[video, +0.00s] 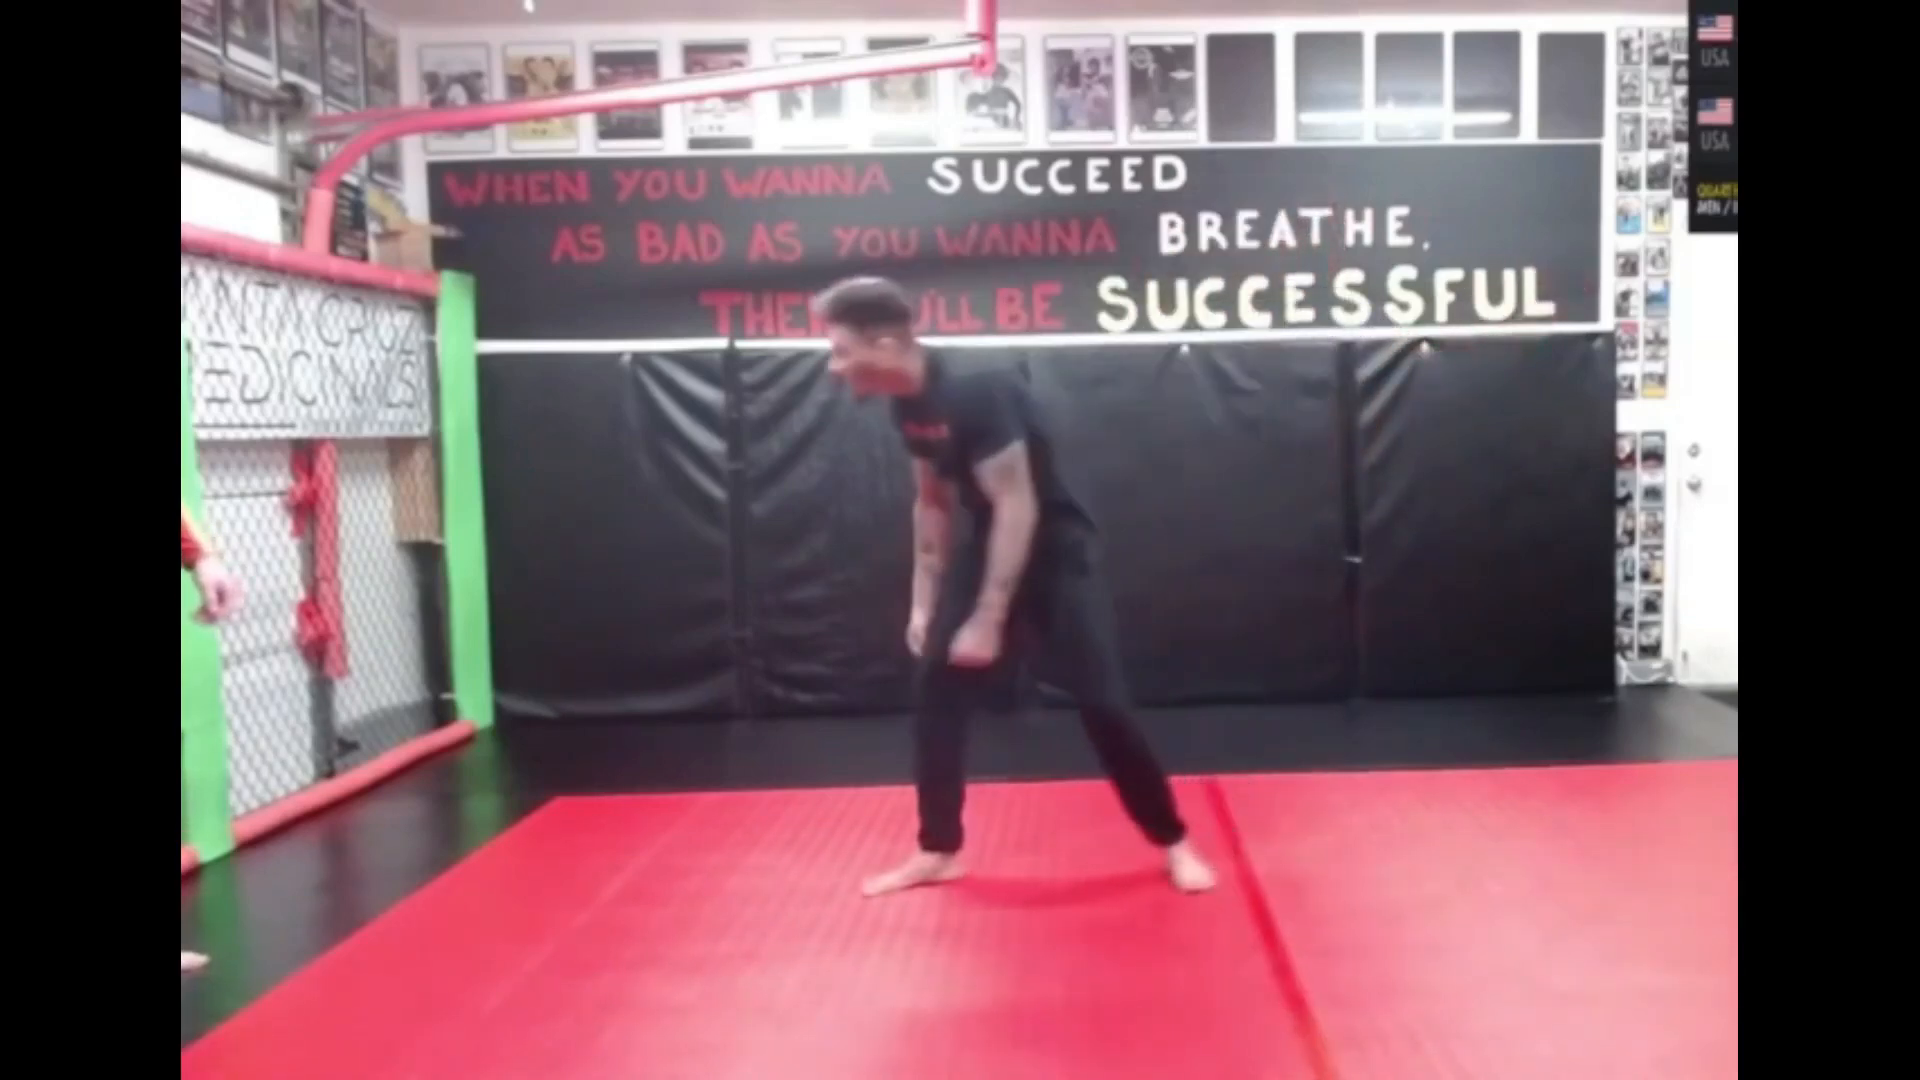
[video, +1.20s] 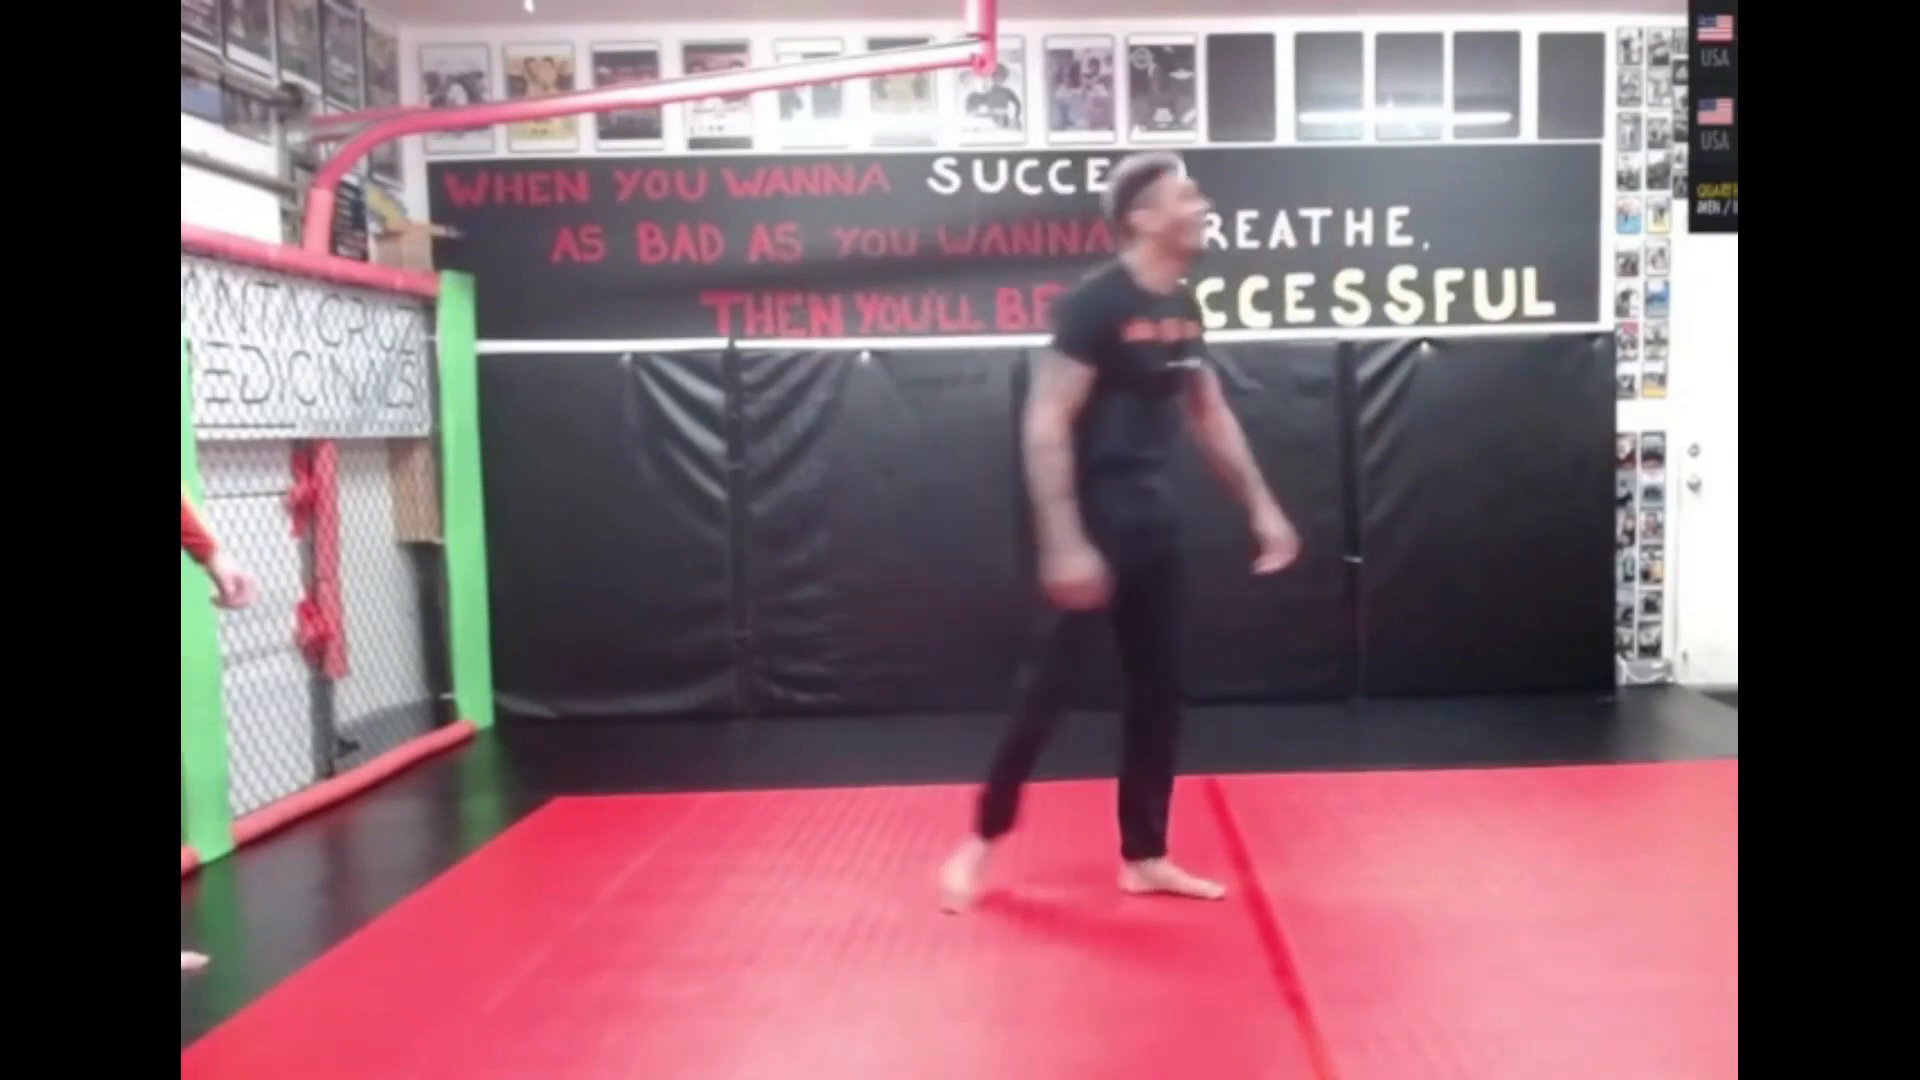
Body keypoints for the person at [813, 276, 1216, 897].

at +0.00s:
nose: (833, 368)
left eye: (840, 352)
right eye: (831, 353)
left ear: (887, 343)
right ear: (880, 348)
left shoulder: (975, 391)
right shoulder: (909, 406)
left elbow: (1017, 507)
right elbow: (931, 502)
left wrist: (988, 619)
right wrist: (923, 605)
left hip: (1050, 541)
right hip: (979, 539)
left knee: (1099, 697)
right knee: (939, 677)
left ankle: (1175, 843)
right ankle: (939, 847)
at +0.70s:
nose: (841, 297)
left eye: (855, 278)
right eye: (831, 284)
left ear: (902, 267)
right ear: (825, 288)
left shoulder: (963, 332)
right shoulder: (852, 361)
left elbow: (998, 453)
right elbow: (856, 463)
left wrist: (953, 561)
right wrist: (851, 573)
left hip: (1013, 520)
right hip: (939, 529)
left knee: (1083, 673)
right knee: (917, 685)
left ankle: (1154, 833)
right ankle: (935, 848)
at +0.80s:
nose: (913, 276)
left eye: (925, 259)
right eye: (895, 264)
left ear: (954, 256)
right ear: (874, 276)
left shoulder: (998, 324)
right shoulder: (871, 349)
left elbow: (1036, 440)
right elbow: (858, 459)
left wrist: (997, 551)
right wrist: (858, 569)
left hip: (1020, 511)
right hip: (942, 519)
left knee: (1090, 673)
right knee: (922, 683)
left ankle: (1151, 840)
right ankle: (935, 849)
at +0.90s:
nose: (1032, 255)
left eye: (1037, 239)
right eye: (1013, 242)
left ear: (1046, 245)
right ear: (965, 255)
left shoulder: (1064, 319)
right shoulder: (930, 338)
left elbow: (1095, 427)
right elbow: (886, 444)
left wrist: (1081, 540)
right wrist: (883, 563)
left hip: (1057, 525)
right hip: (970, 528)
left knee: (1110, 682)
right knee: (945, 685)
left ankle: (1141, 852)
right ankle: (935, 848)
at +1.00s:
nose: (1124, 235)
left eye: (1125, 222)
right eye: (1106, 224)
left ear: (1126, 232)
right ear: (1057, 237)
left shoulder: (1127, 320)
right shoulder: (1007, 326)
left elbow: (1155, 427)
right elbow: (950, 434)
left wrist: (1168, 531)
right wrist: (938, 556)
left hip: (1108, 540)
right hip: (1020, 543)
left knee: (1136, 695)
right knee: (979, 691)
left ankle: (1142, 858)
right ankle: (931, 839)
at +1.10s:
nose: (1168, 222)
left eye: (1166, 209)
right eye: (1153, 211)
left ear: (1147, 225)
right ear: (1103, 226)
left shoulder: (1158, 311)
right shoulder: (1051, 314)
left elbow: (1185, 419)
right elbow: (999, 431)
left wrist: (1221, 523)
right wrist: (996, 551)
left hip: (1137, 532)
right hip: (1060, 533)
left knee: (1153, 691)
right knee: (1007, 686)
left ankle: (1143, 859)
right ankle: (945, 833)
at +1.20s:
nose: (1204, 207)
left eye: (1198, 196)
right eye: (1185, 199)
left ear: (1172, 220)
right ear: (1139, 220)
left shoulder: (1181, 309)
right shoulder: (1094, 306)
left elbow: (1210, 415)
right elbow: (1044, 427)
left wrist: (1261, 507)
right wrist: (1064, 542)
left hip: (1153, 512)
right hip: (1092, 513)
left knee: (1156, 684)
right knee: (1051, 675)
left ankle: (1145, 854)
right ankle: (982, 838)